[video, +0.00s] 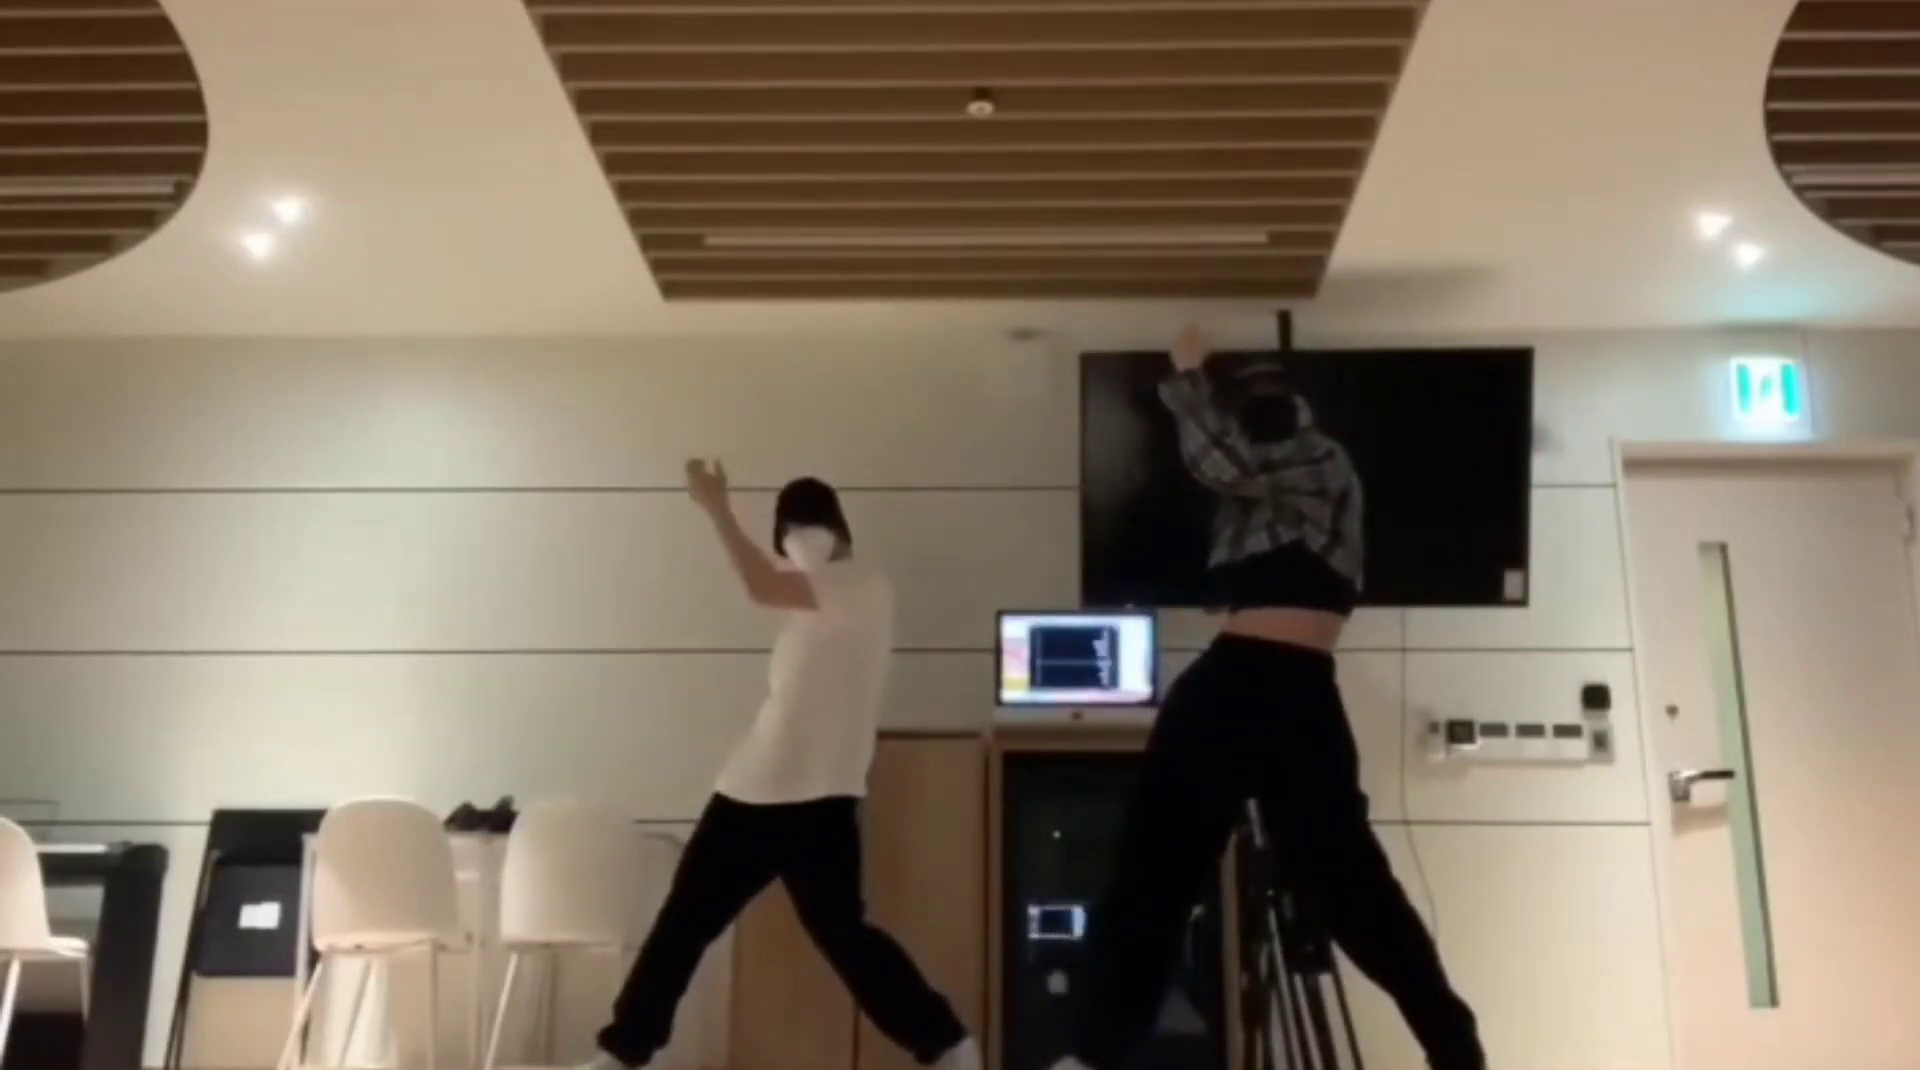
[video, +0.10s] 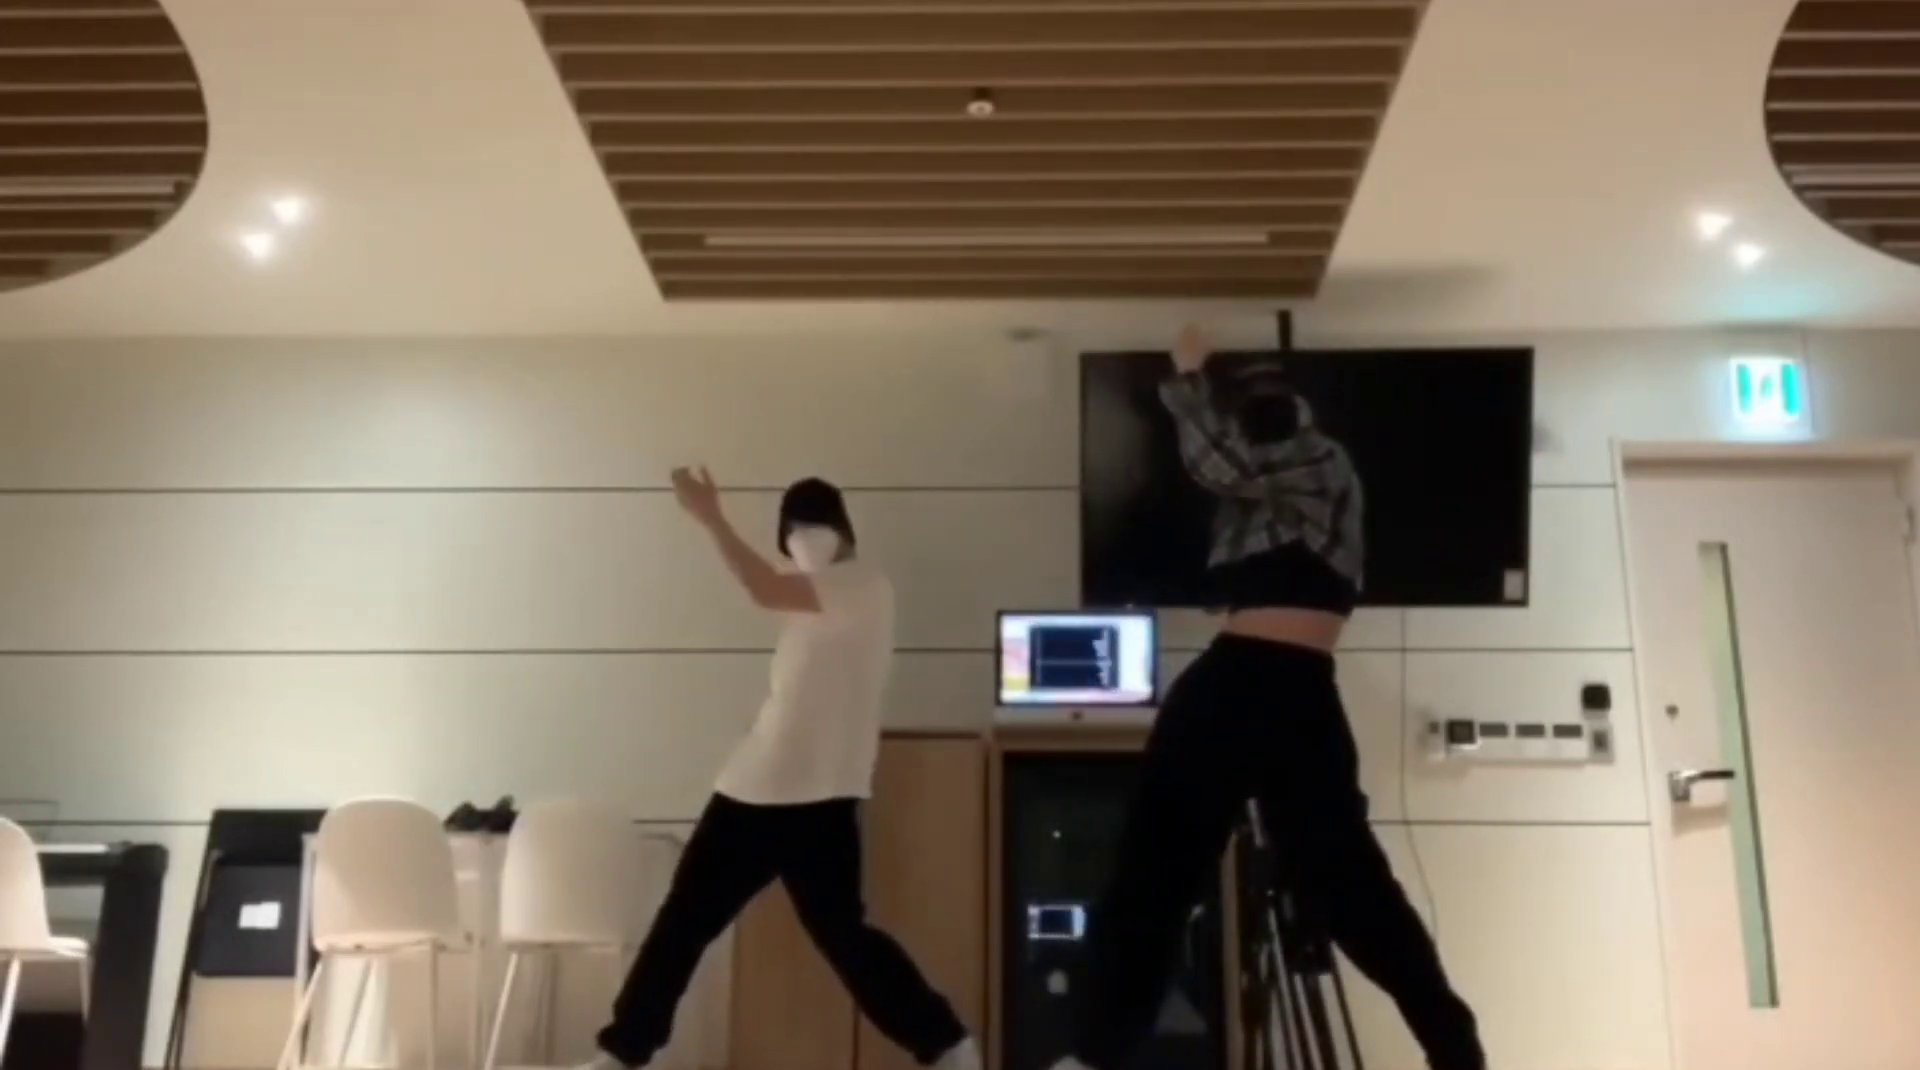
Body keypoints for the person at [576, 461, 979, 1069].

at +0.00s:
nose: (789, 554)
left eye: (791, 541)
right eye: (787, 544)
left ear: (799, 534)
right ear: (840, 530)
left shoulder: (853, 585)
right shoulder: (858, 591)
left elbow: (765, 586)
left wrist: (718, 511)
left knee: (685, 924)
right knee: (842, 931)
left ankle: (624, 1048)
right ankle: (948, 1045)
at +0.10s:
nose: (795, 554)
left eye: (795, 540)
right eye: (793, 544)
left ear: (802, 535)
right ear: (845, 531)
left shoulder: (854, 586)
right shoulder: (864, 592)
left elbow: (769, 590)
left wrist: (712, 519)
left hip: (772, 792)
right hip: (824, 796)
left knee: (685, 923)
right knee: (842, 932)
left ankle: (623, 1049)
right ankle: (948, 1046)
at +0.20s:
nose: (797, 550)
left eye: (803, 535)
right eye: (793, 540)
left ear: (830, 531)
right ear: (842, 533)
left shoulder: (861, 588)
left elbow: (771, 590)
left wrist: (713, 522)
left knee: (682, 925)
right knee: (843, 933)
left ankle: (623, 1049)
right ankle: (948, 1047)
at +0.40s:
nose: (807, 535)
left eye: (819, 520)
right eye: (798, 525)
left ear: (846, 527)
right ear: (793, 539)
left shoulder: (867, 590)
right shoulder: (814, 595)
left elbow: (775, 592)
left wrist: (712, 523)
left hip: (811, 798)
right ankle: (622, 1049)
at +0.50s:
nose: (813, 527)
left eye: (826, 514)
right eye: (803, 518)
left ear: (855, 525)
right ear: (795, 535)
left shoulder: (871, 592)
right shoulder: (799, 605)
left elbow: (777, 593)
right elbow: (767, 701)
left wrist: (707, 526)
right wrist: (728, 763)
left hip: (816, 798)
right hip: (749, 793)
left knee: (841, 932)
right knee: (677, 925)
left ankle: (946, 1046)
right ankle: (622, 1049)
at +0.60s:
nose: (825, 550)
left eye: (838, 534)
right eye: (813, 537)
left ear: (866, 534)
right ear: (802, 541)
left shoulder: (876, 595)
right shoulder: (808, 617)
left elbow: (772, 583)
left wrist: (687, 531)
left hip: (830, 805)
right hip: (757, 801)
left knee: (851, 940)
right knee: (679, 925)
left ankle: (949, 1049)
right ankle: (621, 1050)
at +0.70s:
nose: (829, 534)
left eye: (842, 517)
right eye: (817, 523)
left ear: (871, 523)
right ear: (808, 533)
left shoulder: (886, 579)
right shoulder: (809, 607)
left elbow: (792, 577)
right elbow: (753, 675)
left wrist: (700, 536)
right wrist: (659, 673)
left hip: (846, 791)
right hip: (772, 790)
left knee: (863, 936)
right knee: (691, 918)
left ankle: (951, 1051)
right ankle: (619, 1047)